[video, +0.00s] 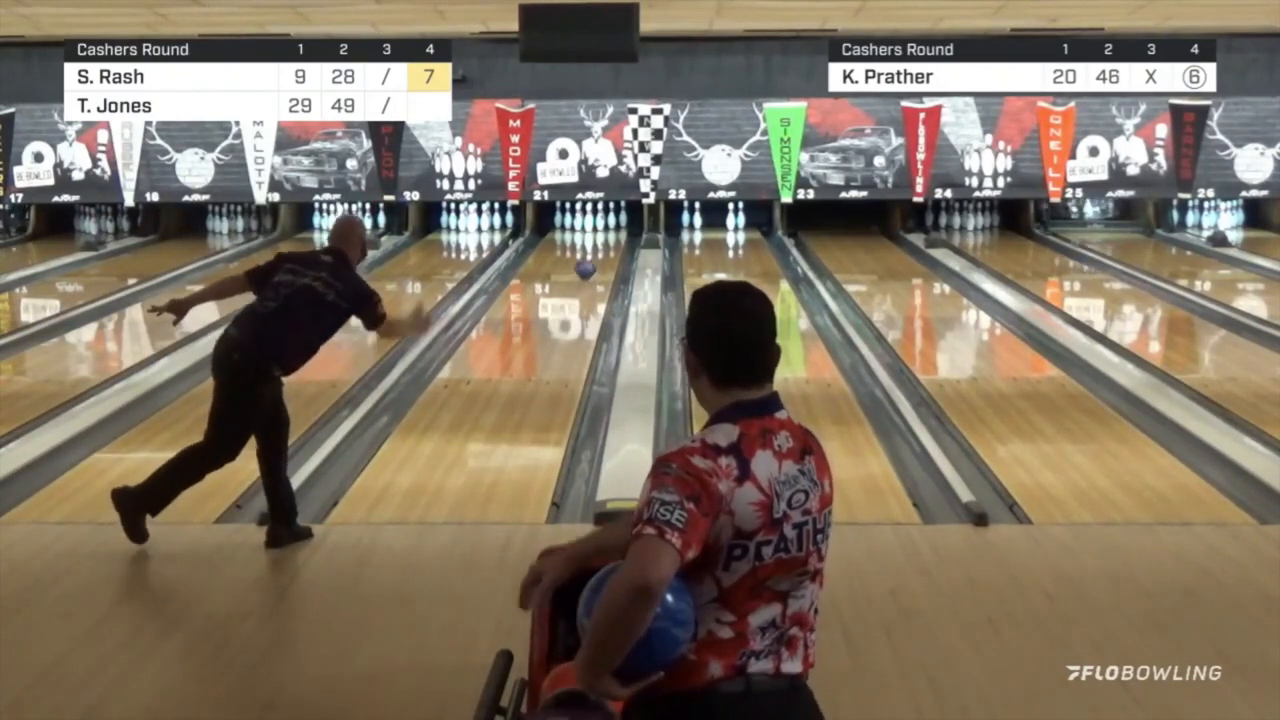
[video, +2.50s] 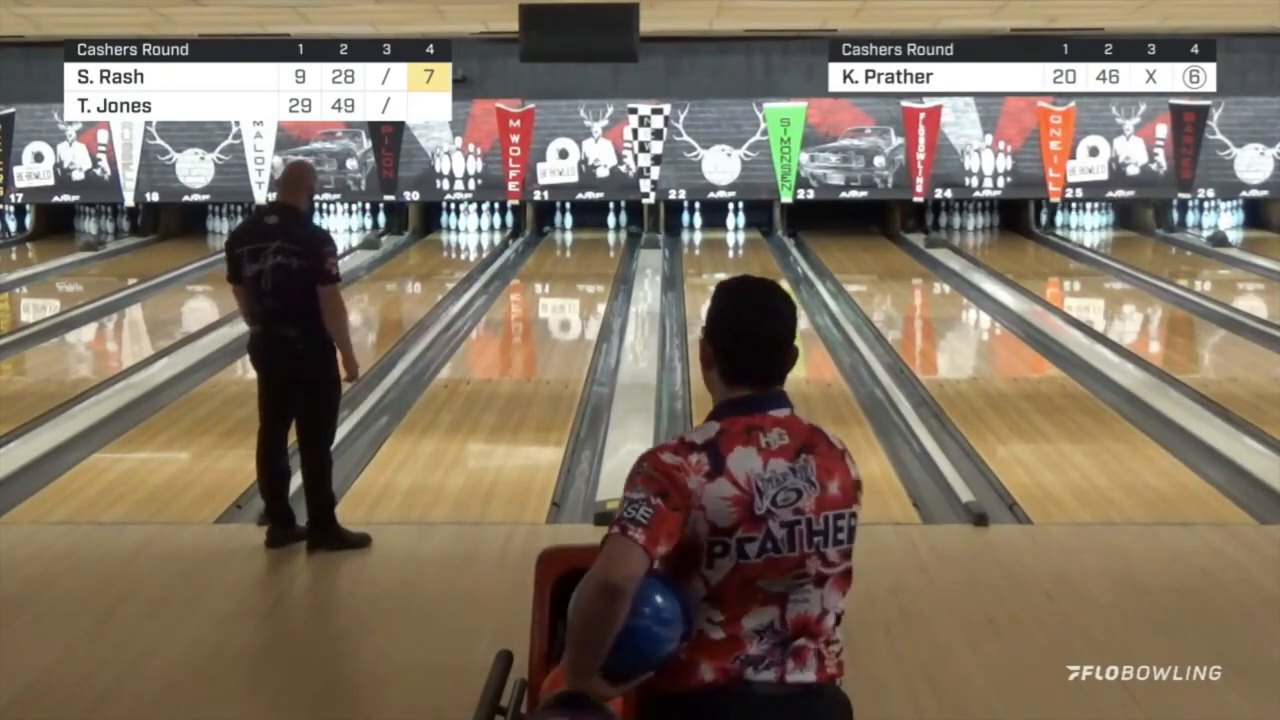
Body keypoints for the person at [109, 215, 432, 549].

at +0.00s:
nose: (365, 248)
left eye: (363, 242)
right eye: (364, 243)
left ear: (329, 240)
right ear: (358, 247)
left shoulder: (290, 260)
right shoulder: (354, 287)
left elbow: (238, 282)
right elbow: (384, 326)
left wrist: (189, 300)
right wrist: (415, 325)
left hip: (232, 351)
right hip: (254, 365)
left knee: (275, 429)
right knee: (221, 447)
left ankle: (282, 524)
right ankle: (137, 501)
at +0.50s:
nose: (345, 191)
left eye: (342, 184)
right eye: (342, 185)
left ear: (308, 187)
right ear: (335, 190)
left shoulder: (276, 222)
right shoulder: (343, 241)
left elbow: (235, 267)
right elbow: (346, 310)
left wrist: (197, 305)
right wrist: (352, 365)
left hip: (261, 340)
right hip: (304, 346)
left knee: (278, 428)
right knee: (314, 430)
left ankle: (278, 520)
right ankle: (290, 526)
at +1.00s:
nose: (354, 190)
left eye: (350, 183)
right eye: (354, 184)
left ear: (318, 184)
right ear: (351, 187)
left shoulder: (284, 231)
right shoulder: (362, 239)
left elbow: (270, 291)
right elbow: (389, 302)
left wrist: (269, 339)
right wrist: (423, 346)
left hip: (301, 351)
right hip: (350, 354)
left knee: (297, 436)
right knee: (362, 445)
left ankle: (282, 524)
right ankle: (373, 530)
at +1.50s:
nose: (326, 191)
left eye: (319, 183)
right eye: (326, 185)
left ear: (291, 184)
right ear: (323, 188)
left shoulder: (260, 229)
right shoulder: (337, 240)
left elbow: (244, 286)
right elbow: (351, 296)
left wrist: (254, 332)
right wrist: (319, 310)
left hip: (278, 347)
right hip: (328, 350)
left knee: (279, 436)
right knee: (350, 438)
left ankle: (281, 525)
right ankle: (366, 523)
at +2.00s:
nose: (313, 188)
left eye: (309, 181)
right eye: (310, 182)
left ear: (276, 184)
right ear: (306, 186)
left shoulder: (246, 232)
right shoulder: (323, 237)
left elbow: (231, 291)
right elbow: (342, 300)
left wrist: (228, 340)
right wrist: (355, 348)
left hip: (266, 349)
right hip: (314, 350)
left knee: (271, 437)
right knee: (318, 441)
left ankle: (280, 525)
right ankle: (324, 527)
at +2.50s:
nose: (314, 196)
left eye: (312, 189)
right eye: (313, 190)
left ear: (279, 186)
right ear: (307, 191)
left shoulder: (242, 233)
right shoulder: (314, 237)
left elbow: (240, 293)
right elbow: (330, 302)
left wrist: (260, 330)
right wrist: (347, 353)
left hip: (266, 347)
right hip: (312, 348)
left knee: (272, 435)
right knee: (316, 441)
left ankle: (280, 525)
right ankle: (324, 527)